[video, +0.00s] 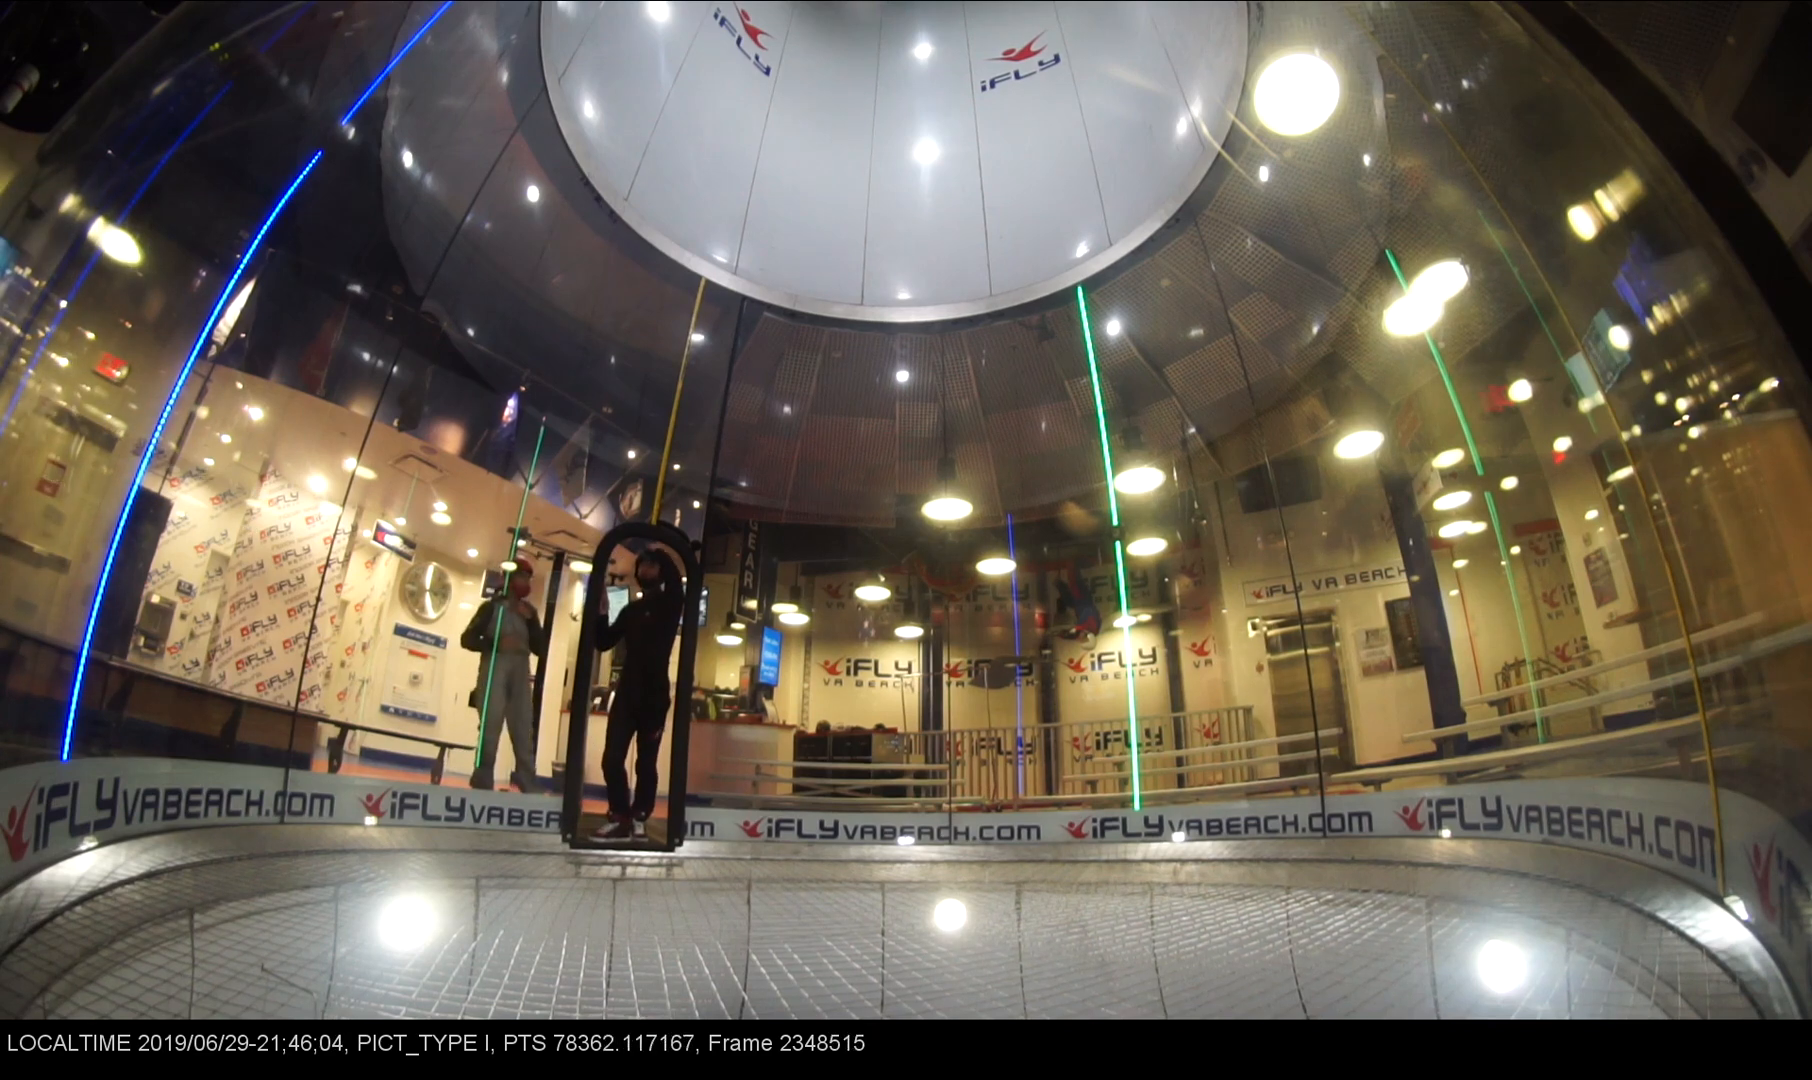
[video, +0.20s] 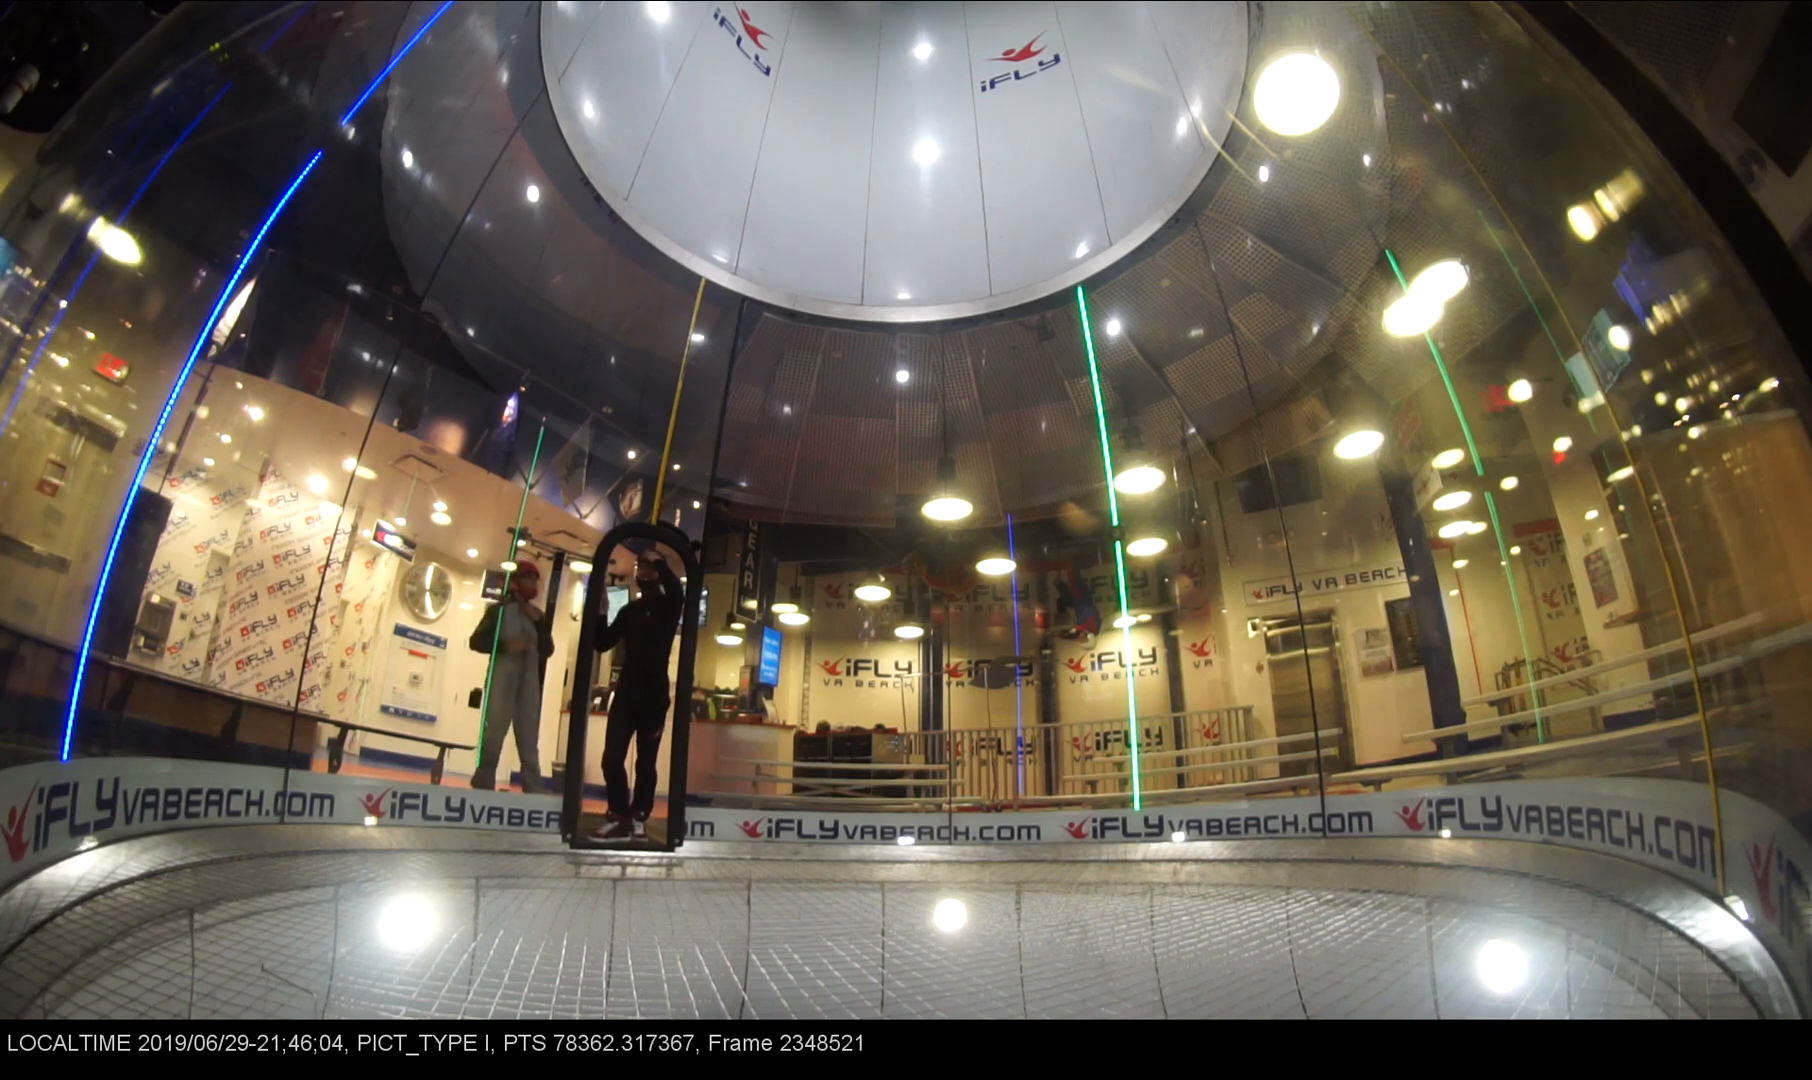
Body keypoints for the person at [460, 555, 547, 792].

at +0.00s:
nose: (526, 585)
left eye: (528, 580)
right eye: (522, 579)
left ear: (530, 583)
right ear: (510, 580)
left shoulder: (528, 613)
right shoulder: (491, 607)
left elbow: (540, 648)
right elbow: (467, 640)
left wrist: (532, 620)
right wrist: (495, 642)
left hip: (520, 675)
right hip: (494, 671)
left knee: (523, 730)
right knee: (491, 727)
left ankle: (528, 786)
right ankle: (482, 782)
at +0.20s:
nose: (533, 586)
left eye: (535, 581)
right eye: (528, 581)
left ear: (537, 585)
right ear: (515, 584)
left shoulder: (538, 617)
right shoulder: (498, 610)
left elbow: (547, 650)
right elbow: (477, 642)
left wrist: (538, 621)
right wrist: (505, 645)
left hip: (530, 686)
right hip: (501, 683)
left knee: (528, 740)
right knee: (493, 735)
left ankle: (533, 793)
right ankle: (483, 787)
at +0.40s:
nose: (541, 589)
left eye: (543, 584)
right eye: (536, 583)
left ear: (545, 588)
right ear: (524, 586)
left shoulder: (546, 617)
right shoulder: (511, 614)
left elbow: (560, 653)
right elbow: (490, 646)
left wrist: (552, 625)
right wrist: (521, 651)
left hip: (541, 685)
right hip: (515, 682)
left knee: (537, 739)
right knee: (506, 734)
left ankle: (535, 795)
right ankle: (485, 787)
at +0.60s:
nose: (550, 592)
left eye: (554, 587)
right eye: (545, 587)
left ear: (558, 591)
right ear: (534, 590)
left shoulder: (558, 621)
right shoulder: (524, 618)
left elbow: (573, 653)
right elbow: (503, 651)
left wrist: (563, 627)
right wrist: (531, 657)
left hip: (555, 683)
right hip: (530, 680)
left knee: (546, 738)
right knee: (523, 735)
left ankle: (538, 792)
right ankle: (493, 783)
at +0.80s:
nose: (556, 596)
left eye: (560, 591)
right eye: (552, 590)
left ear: (565, 595)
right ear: (543, 592)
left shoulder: (568, 623)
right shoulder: (531, 620)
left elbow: (578, 653)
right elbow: (511, 653)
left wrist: (570, 629)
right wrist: (534, 663)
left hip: (558, 682)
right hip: (534, 681)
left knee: (553, 735)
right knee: (538, 735)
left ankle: (542, 785)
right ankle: (527, 786)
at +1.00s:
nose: (557, 597)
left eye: (562, 592)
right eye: (554, 592)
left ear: (569, 597)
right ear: (547, 593)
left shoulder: (573, 625)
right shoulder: (535, 621)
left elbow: (583, 654)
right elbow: (513, 651)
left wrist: (573, 629)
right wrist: (532, 665)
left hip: (563, 681)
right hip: (538, 679)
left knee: (556, 735)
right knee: (542, 735)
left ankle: (536, 787)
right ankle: (545, 791)